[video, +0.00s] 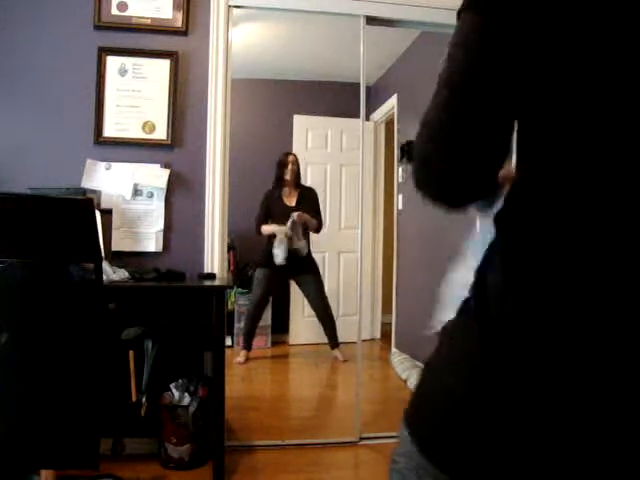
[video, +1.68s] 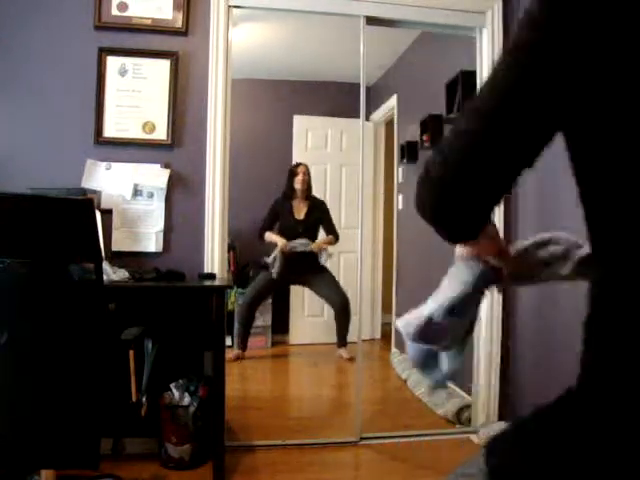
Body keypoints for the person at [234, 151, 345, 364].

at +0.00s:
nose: (291, 167)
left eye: (294, 164)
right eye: (288, 164)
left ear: (299, 168)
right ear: (281, 168)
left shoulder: (308, 194)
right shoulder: (272, 195)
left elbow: (317, 227)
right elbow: (261, 227)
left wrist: (304, 219)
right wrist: (276, 229)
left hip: (300, 255)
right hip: (273, 256)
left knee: (320, 302)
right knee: (257, 301)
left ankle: (335, 346)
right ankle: (245, 348)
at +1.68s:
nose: (301, 178)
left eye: (305, 175)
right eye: (297, 175)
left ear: (310, 179)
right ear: (291, 179)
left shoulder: (318, 206)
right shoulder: (281, 204)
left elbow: (333, 236)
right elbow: (263, 232)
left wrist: (321, 243)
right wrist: (279, 240)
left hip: (309, 266)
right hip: (282, 265)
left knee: (341, 302)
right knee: (247, 301)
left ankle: (342, 347)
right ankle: (239, 349)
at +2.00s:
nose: (305, 184)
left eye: (309, 181)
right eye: (301, 180)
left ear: (313, 185)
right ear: (294, 185)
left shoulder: (320, 213)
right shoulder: (284, 210)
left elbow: (334, 242)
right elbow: (265, 238)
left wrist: (329, 247)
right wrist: (278, 242)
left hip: (309, 272)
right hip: (280, 272)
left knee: (344, 303)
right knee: (245, 300)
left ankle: (342, 347)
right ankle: (238, 350)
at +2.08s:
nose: (304, 184)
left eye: (307, 181)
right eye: (300, 181)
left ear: (311, 185)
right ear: (293, 184)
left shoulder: (318, 213)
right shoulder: (282, 210)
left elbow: (330, 244)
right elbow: (263, 240)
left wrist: (338, 231)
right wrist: (263, 227)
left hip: (307, 271)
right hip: (279, 271)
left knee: (342, 302)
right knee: (245, 301)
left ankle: (342, 347)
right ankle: (239, 350)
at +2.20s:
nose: (302, 183)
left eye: (305, 180)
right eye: (298, 180)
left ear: (310, 184)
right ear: (291, 183)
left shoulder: (316, 211)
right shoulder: (278, 209)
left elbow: (331, 242)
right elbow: (261, 238)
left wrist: (338, 224)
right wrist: (258, 215)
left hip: (307, 272)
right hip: (277, 272)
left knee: (341, 302)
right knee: (244, 302)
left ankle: (341, 347)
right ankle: (239, 350)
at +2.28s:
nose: (301, 183)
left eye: (304, 179)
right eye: (297, 179)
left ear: (309, 183)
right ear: (289, 183)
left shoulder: (316, 209)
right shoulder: (277, 208)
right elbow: (258, 237)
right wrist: (261, 218)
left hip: (308, 271)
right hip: (276, 271)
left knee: (342, 302)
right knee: (242, 303)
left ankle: (342, 346)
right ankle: (238, 350)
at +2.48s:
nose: (298, 187)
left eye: (301, 183)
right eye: (294, 183)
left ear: (306, 188)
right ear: (287, 187)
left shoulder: (314, 216)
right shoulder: (275, 215)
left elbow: (319, 248)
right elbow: (262, 247)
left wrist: (330, 233)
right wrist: (260, 229)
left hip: (306, 275)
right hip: (276, 275)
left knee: (344, 303)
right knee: (241, 304)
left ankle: (343, 347)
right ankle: (238, 350)